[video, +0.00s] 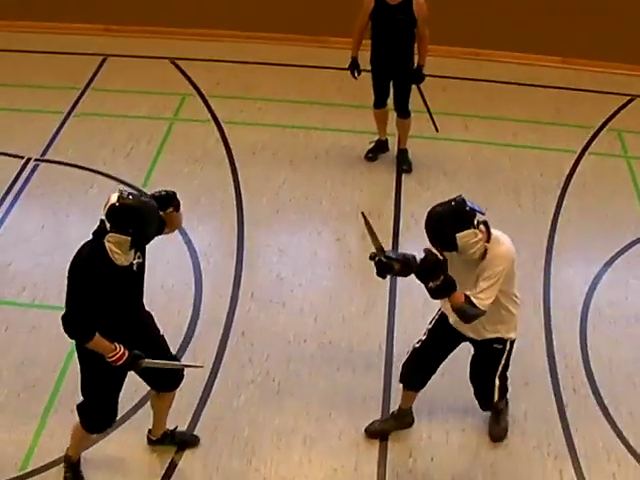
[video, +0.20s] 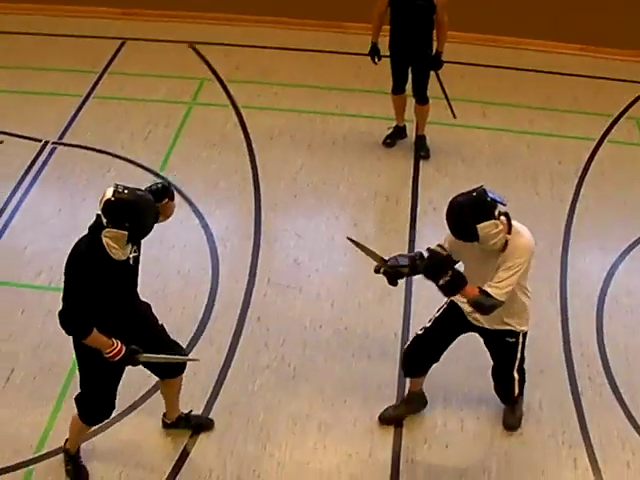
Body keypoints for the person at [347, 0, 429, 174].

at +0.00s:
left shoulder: (416, 4)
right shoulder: (372, 3)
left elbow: (422, 34)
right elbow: (361, 27)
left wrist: (420, 65)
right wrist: (354, 56)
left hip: (403, 65)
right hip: (379, 64)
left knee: (402, 108)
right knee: (379, 103)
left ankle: (402, 150)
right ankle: (381, 141)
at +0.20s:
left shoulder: (434, 1)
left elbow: (441, 18)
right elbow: (380, 11)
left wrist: (439, 52)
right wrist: (374, 42)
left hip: (422, 48)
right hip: (398, 46)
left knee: (420, 95)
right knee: (397, 89)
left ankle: (420, 136)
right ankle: (399, 127)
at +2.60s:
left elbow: (569, 2)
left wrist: (565, 27)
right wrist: (502, 14)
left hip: (549, 23)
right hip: (524, 20)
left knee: (543, 69)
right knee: (520, 61)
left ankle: (540, 112)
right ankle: (520, 100)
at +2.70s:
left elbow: (576, 2)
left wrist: (572, 28)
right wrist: (509, 14)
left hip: (556, 23)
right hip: (531, 20)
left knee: (550, 69)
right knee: (527, 62)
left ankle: (547, 113)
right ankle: (526, 101)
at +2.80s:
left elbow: (583, 3)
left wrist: (578, 30)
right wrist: (515, 16)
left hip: (562, 25)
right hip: (537, 21)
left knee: (556, 71)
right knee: (533, 63)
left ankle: (553, 115)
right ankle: (532, 103)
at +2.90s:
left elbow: (592, 4)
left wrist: (588, 31)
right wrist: (523, 17)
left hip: (571, 26)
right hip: (546, 22)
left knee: (565, 73)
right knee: (542, 65)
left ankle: (561, 116)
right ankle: (541, 104)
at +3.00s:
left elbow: (600, 5)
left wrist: (595, 32)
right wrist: (531, 18)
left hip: (579, 28)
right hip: (554, 24)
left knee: (572, 74)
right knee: (550, 66)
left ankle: (569, 117)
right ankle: (549, 105)